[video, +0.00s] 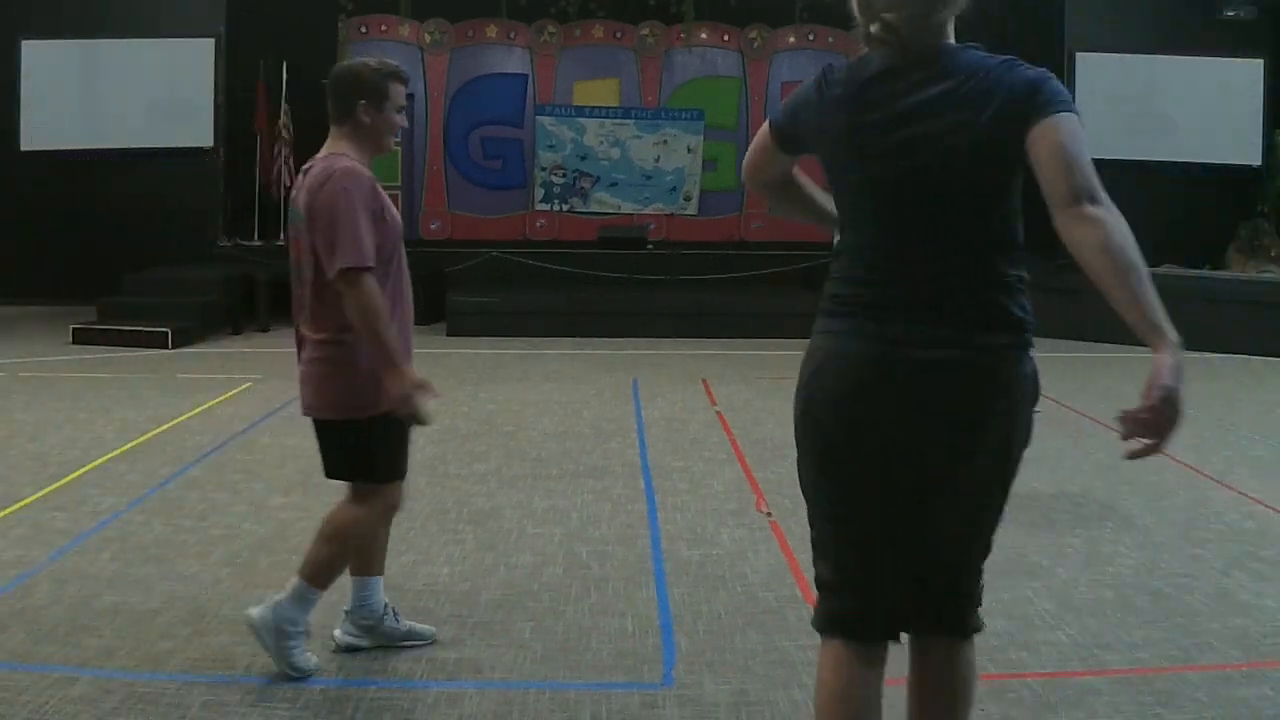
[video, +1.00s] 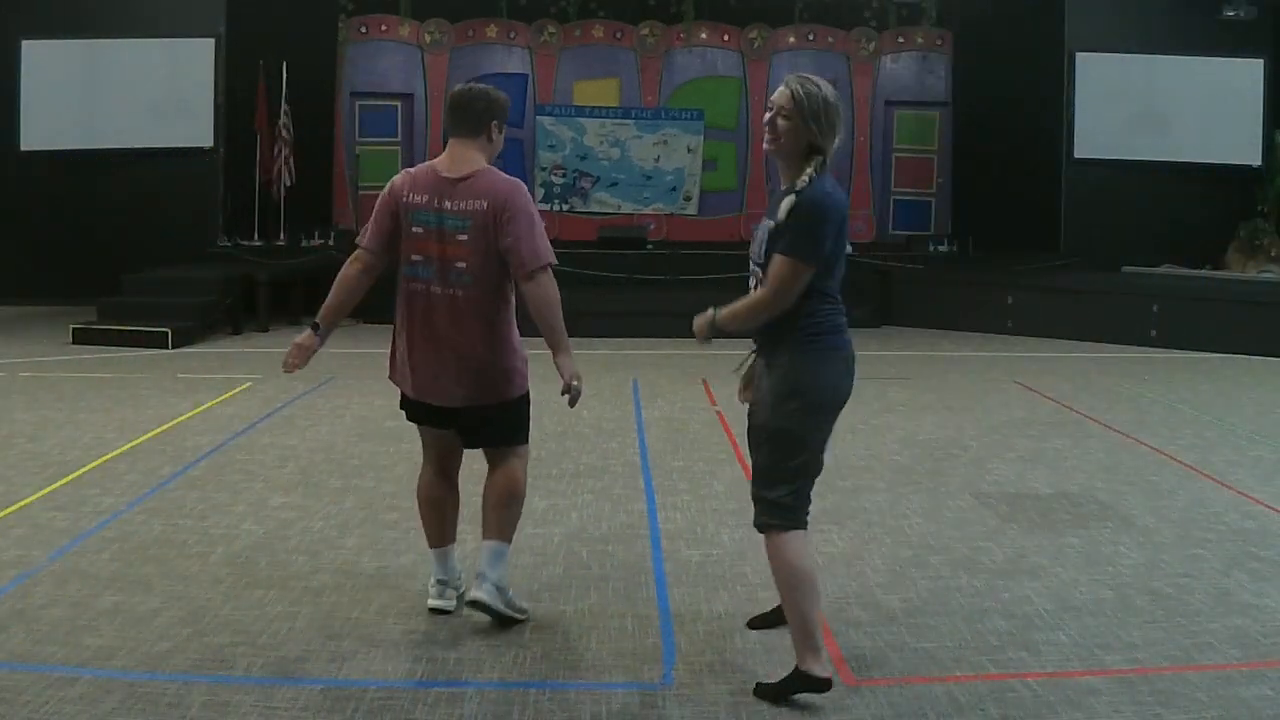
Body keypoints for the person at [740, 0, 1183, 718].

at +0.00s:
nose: (860, 15)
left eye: (860, 8)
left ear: (864, 11)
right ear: (955, 9)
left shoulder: (833, 92)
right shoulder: (1022, 89)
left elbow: (762, 169)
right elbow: (1081, 206)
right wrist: (1163, 342)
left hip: (850, 377)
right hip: (981, 382)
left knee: (850, 618)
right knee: (947, 613)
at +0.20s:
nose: (853, 91)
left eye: (856, 81)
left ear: (856, 98)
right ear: (939, 102)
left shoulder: (813, 190)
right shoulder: (978, 195)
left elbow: (746, 318)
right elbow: (1005, 320)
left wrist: (755, 418)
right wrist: (1046, 451)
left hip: (813, 445)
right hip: (928, 452)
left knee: (809, 610)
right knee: (902, 647)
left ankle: (799, 713)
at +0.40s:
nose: (800, 109)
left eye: (806, 100)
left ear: (811, 116)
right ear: (883, 123)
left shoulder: (767, 201)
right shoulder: (911, 207)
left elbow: (745, 319)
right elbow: (923, 333)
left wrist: (721, 421)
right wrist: (953, 422)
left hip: (782, 421)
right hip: (878, 423)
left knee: (783, 562)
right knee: (889, 590)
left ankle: (782, 698)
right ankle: (890, 712)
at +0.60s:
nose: (771, 101)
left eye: (775, 92)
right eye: (779, 91)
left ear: (783, 104)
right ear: (847, 108)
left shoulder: (751, 182)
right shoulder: (883, 188)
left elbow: (714, 293)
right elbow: (900, 299)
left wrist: (692, 381)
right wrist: (858, 340)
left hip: (760, 382)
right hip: (849, 384)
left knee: (767, 533)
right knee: (851, 522)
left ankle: (771, 686)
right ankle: (864, 657)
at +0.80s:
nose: (763, 96)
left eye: (770, 88)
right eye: (767, 86)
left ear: (786, 103)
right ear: (837, 105)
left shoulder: (771, 176)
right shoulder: (863, 179)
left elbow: (723, 271)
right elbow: (873, 278)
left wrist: (702, 308)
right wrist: (822, 301)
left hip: (772, 354)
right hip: (839, 354)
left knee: (762, 514)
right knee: (800, 487)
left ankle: (771, 676)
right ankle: (821, 606)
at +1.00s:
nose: (768, 122)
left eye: (780, 115)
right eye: (769, 113)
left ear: (811, 129)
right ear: (781, 124)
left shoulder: (815, 199)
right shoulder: (793, 191)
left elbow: (777, 294)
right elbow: (789, 291)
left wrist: (713, 320)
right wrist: (761, 358)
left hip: (806, 362)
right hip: (794, 358)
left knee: (781, 513)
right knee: (779, 496)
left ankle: (812, 666)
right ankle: (797, 600)